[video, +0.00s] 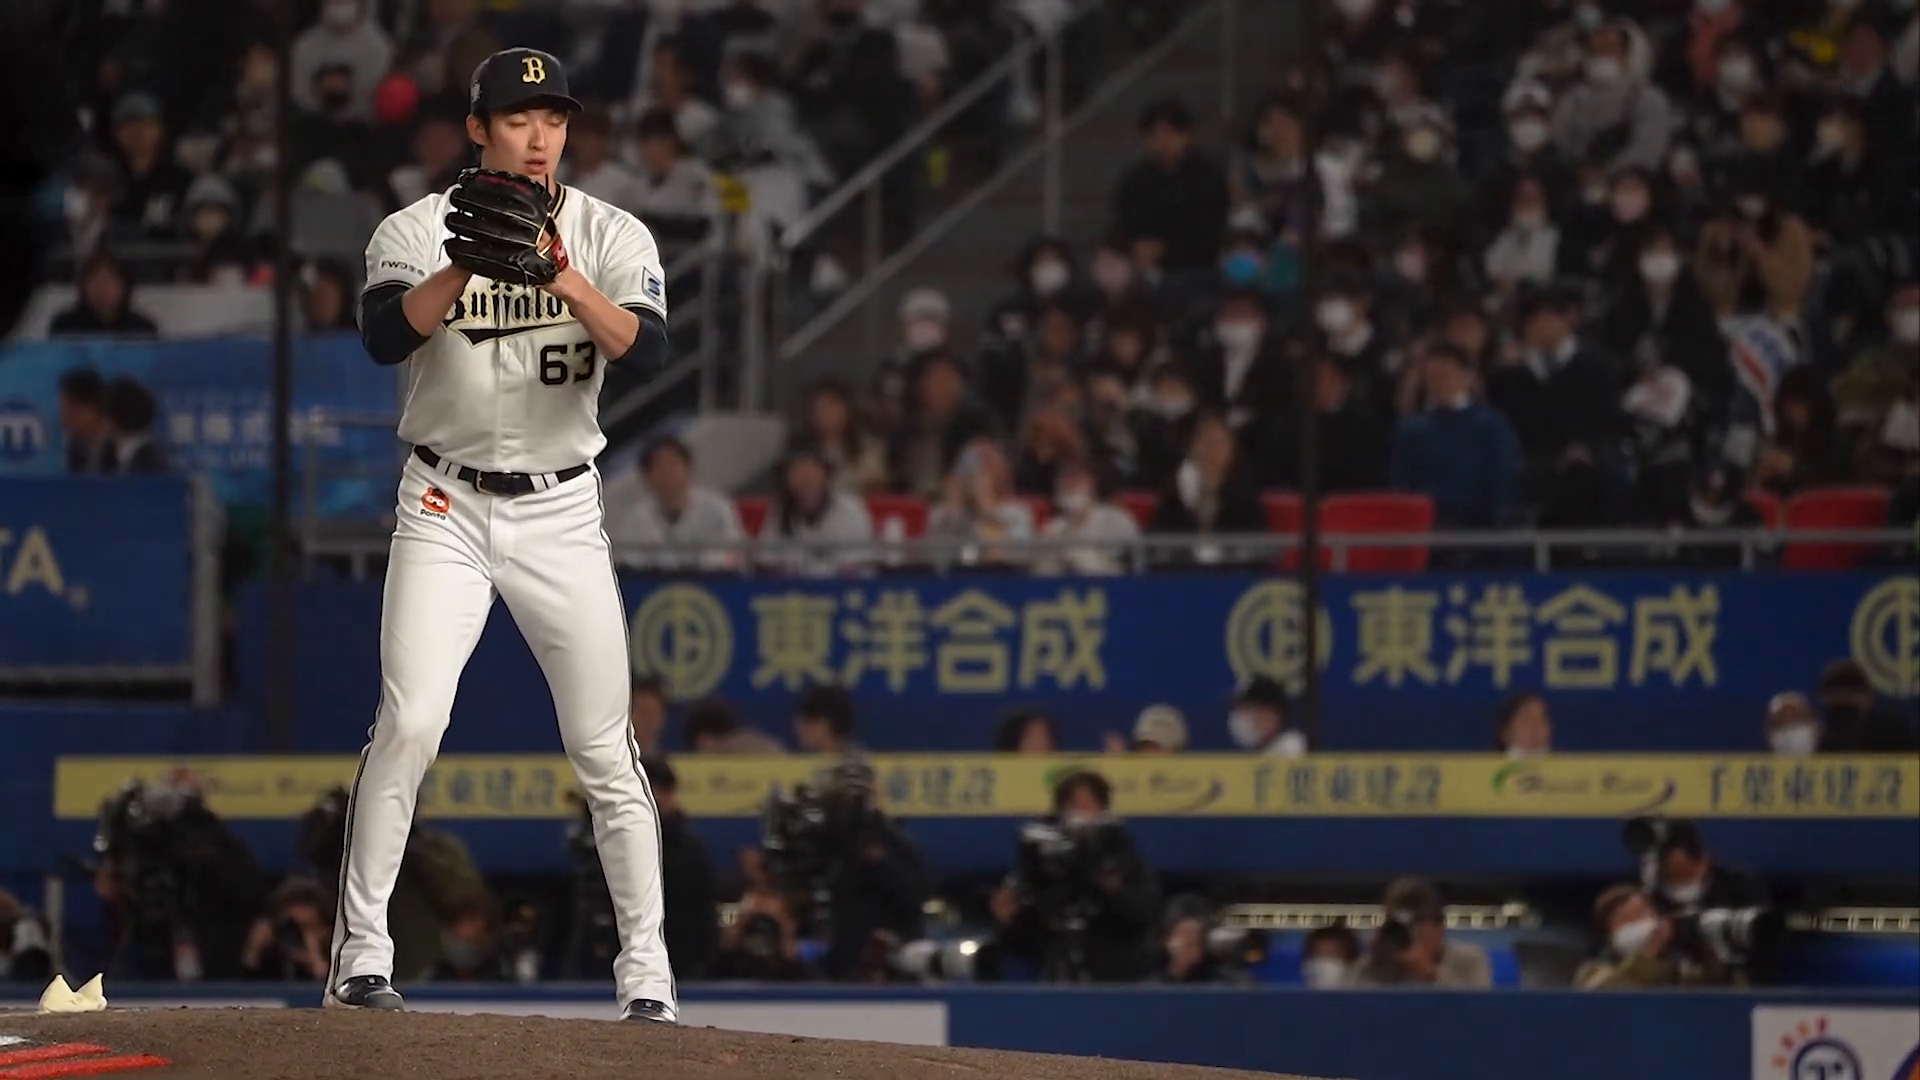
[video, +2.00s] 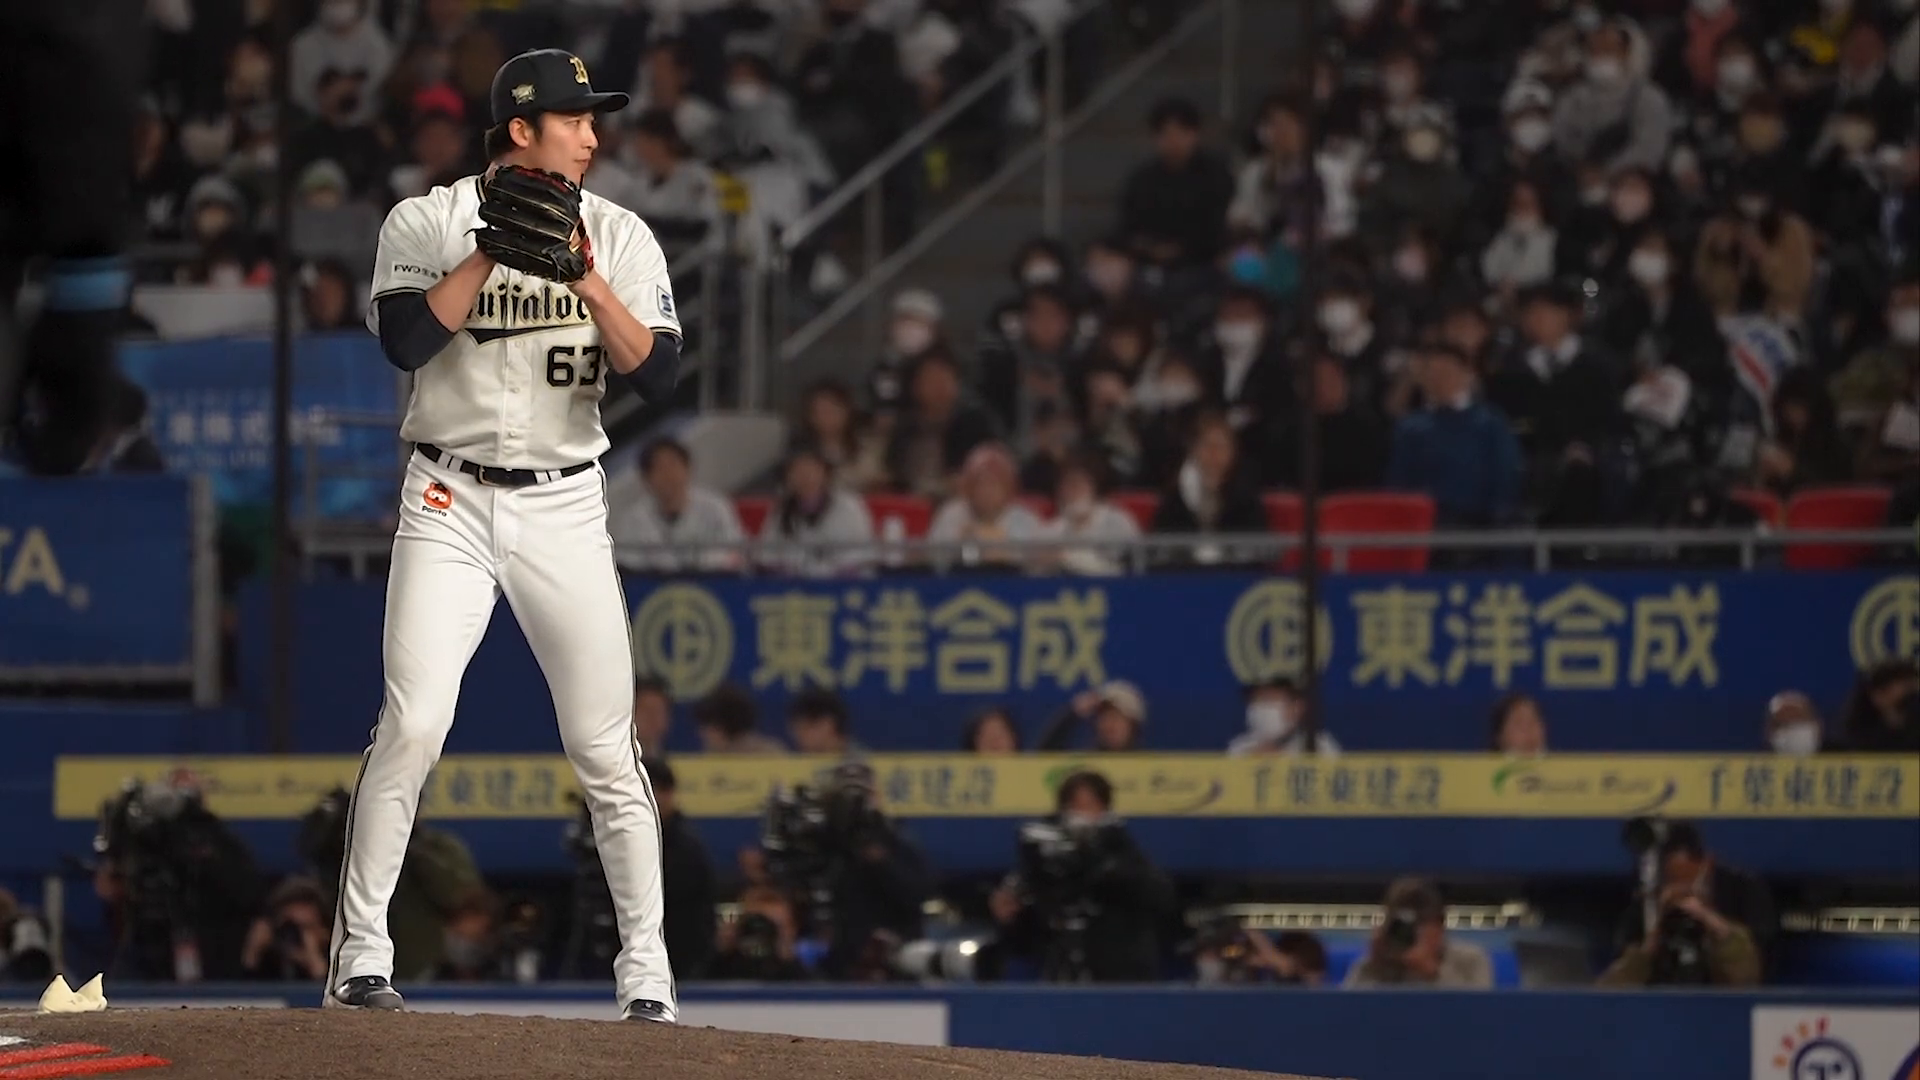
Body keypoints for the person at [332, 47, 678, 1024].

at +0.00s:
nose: (536, 137)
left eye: (549, 119)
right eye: (517, 119)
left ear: (569, 131)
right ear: (477, 129)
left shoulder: (613, 235)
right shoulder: (418, 228)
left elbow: (645, 351)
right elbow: (379, 340)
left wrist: (559, 271)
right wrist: (469, 261)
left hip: (561, 515)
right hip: (442, 507)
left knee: (603, 750)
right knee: (410, 724)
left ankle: (647, 977)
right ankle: (360, 959)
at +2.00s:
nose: (592, 133)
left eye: (593, 118)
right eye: (574, 117)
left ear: (585, 133)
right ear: (517, 128)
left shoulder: (624, 238)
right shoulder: (429, 220)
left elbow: (659, 380)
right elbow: (403, 343)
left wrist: (589, 281)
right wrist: (491, 250)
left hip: (566, 511)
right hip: (447, 501)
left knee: (603, 748)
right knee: (413, 724)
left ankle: (645, 970)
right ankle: (361, 957)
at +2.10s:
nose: (594, 146)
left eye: (596, 130)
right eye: (577, 129)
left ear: (584, 142)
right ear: (520, 137)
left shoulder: (624, 244)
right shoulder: (428, 223)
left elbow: (656, 386)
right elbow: (395, 354)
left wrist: (603, 317)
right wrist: (497, 276)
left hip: (569, 509)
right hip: (449, 503)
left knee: (595, 732)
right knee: (409, 721)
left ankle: (612, 945)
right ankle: (360, 957)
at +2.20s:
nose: (600, 183)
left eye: (600, 168)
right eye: (582, 168)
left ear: (584, 181)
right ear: (526, 180)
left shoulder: (627, 285)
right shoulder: (430, 268)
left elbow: (683, 434)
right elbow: (386, 409)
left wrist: (635, 430)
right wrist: (481, 382)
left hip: (575, 529)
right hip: (458, 529)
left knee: (557, 678)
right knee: (413, 729)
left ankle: (537, 861)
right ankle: (363, 948)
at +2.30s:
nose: (602, 248)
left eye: (602, 232)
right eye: (584, 233)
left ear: (595, 241)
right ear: (530, 245)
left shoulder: (634, 349)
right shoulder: (443, 338)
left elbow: (701, 486)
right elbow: (390, 479)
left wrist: (688, 574)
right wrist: (434, 564)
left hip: (590, 567)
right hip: (474, 570)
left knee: (591, 715)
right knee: (425, 743)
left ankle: (551, 929)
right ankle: (362, 954)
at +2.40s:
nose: (619, 312)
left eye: (618, 295)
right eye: (599, 298)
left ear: (612, 305)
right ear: (546, 312)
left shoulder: (656, 405)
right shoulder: (460, 407)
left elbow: (752, 523)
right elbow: (395, 554)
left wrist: (829, 650)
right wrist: (347, 700)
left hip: (625, 618)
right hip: (505, 629)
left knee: (673, 765)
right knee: (451, 762)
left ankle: (739, 930)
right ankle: (365, 962)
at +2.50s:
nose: (673, 369)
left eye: (673, 353)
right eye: (654, 354)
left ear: (660, 366)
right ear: (594, 367)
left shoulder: (709, 449)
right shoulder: (505, 466)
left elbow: (858, 511)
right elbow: (392, 569)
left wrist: (1006, 548)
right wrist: (275, 662)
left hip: (692, 673)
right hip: (569, 687)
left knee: (815, 789)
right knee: (500, 792)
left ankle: (973, 962)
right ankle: (382, 947)